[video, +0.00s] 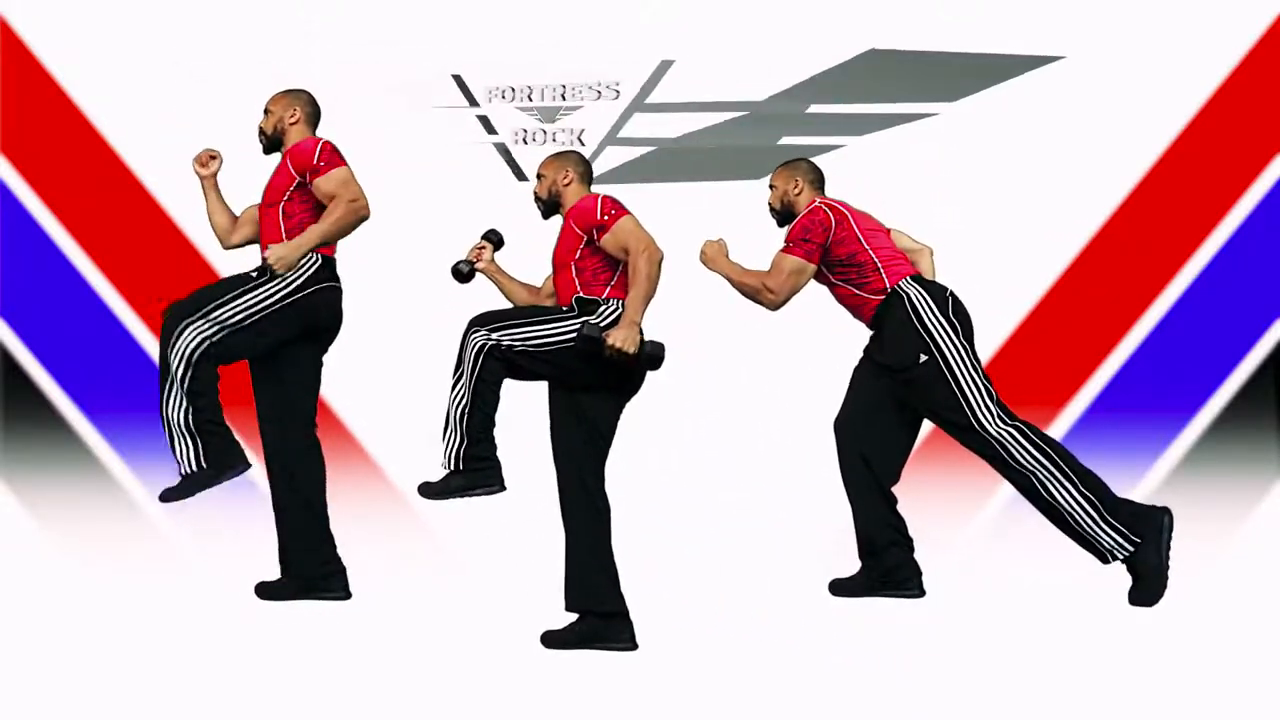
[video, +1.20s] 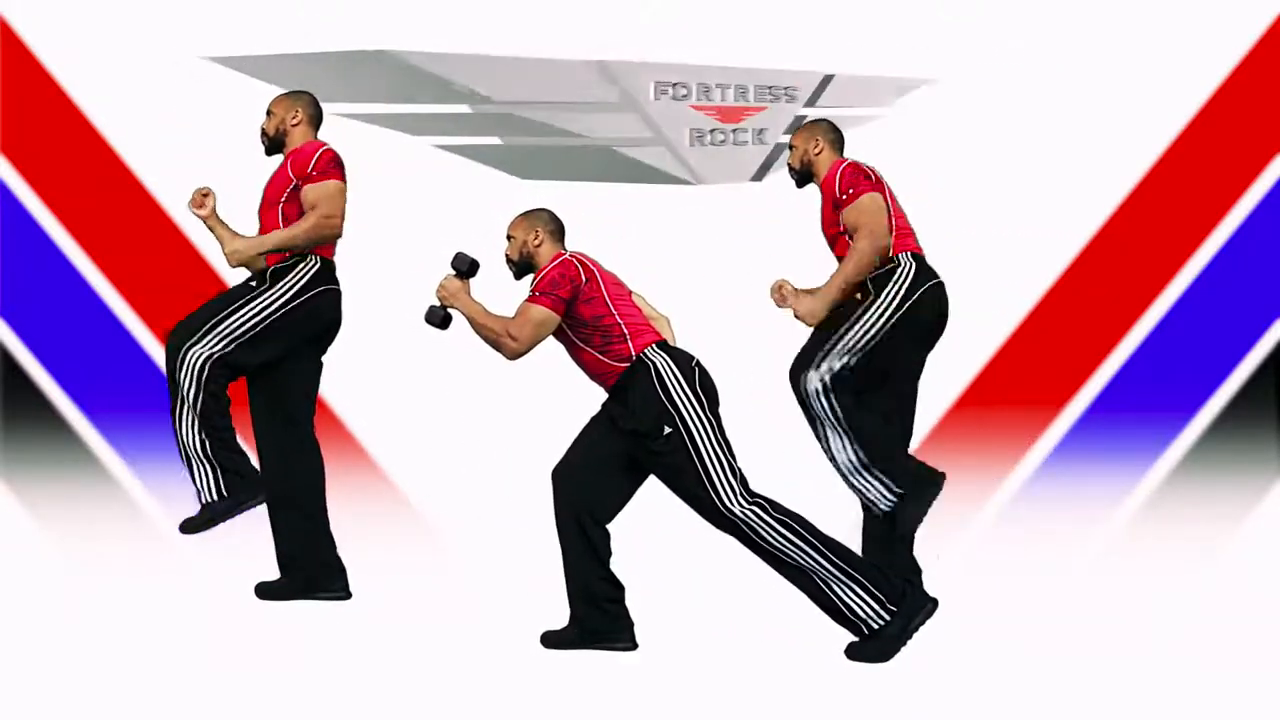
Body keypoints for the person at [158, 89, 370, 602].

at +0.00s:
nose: (260, 120)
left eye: (267, 111)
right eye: (262, 113)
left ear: (293, 113)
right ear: (292, 118)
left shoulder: (309, 147)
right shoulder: (285, 180)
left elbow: (354, 205)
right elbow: (232, 234)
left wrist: (298, 245)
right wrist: (209, 181)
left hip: (295, 283)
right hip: (301, 297)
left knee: (185, 326)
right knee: (289, 437)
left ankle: (211, 454)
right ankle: (315, 571)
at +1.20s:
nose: (263, 125)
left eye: (269, 115)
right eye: (265, 117)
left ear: (294, 115)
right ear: (297, 119)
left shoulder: (316, 155)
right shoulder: (283, 176)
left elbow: (328, 221)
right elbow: (251, 257)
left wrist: (259, 245)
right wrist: (212, 217)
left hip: (299, 282)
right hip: (290, 293)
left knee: (191, 349)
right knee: (285, 436)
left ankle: (227, 482)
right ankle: (315, 572)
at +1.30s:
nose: (263, 124)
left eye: (268, 113)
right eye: (264, 115)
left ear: (292, 113)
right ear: (300, 117)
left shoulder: (314, 154)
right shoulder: (286, 176)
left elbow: (295, 224)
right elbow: (281, 266)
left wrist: (219, 217)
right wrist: (229, 251)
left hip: (298, 286)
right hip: (297, 293)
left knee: (216, 383)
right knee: (286, 430)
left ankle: (261, 529)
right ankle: (315, 569)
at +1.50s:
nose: (259, 118)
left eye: (265, 108)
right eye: (261, 111)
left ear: (291, 108)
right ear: (300, 114)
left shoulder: (303, 148)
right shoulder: (308, 160)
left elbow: (238, 196)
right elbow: (333, 250)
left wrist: (191, 151)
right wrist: (271, 276)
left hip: (294, 286)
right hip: (297, 288)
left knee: (286, 423)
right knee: (288, 425)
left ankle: (308, 579)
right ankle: (325, 571)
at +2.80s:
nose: (261, 114)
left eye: (267, 105)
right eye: (263, 106)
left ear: (290, 108)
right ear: (295, 112)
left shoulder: (310, 149)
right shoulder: (283, 169)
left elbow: (294, 219)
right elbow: (287, 259)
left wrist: (221, 214)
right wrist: (240, 252)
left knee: (278, 417)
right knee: (245, 411)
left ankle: (303, 564)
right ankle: (315, 555)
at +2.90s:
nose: (260, 119)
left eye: (267, 109)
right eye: (262, 111)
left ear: (291, 111)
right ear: (293, 115)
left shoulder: (310, 151)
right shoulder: (283, 174)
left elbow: (329, 216)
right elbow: (268, 260)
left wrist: (255, 241)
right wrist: (217, 220)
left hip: (302, 286)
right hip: (295, 291)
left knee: (216, 374)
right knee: (289, 433)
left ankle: (254, 522)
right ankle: (315, 570)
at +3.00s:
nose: (260, 118)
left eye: (267, 109)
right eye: (262, 111)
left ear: (292, 112)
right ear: (292, 116)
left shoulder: (311, 149)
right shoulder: (287, 177)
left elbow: (354, 209)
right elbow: (236, 234)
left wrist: (299, 253)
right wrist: (208, 183)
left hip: (296, 287)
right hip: (301, 298)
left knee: (189, 332)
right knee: (292, 440)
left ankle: (215, 464)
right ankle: (314, 572)